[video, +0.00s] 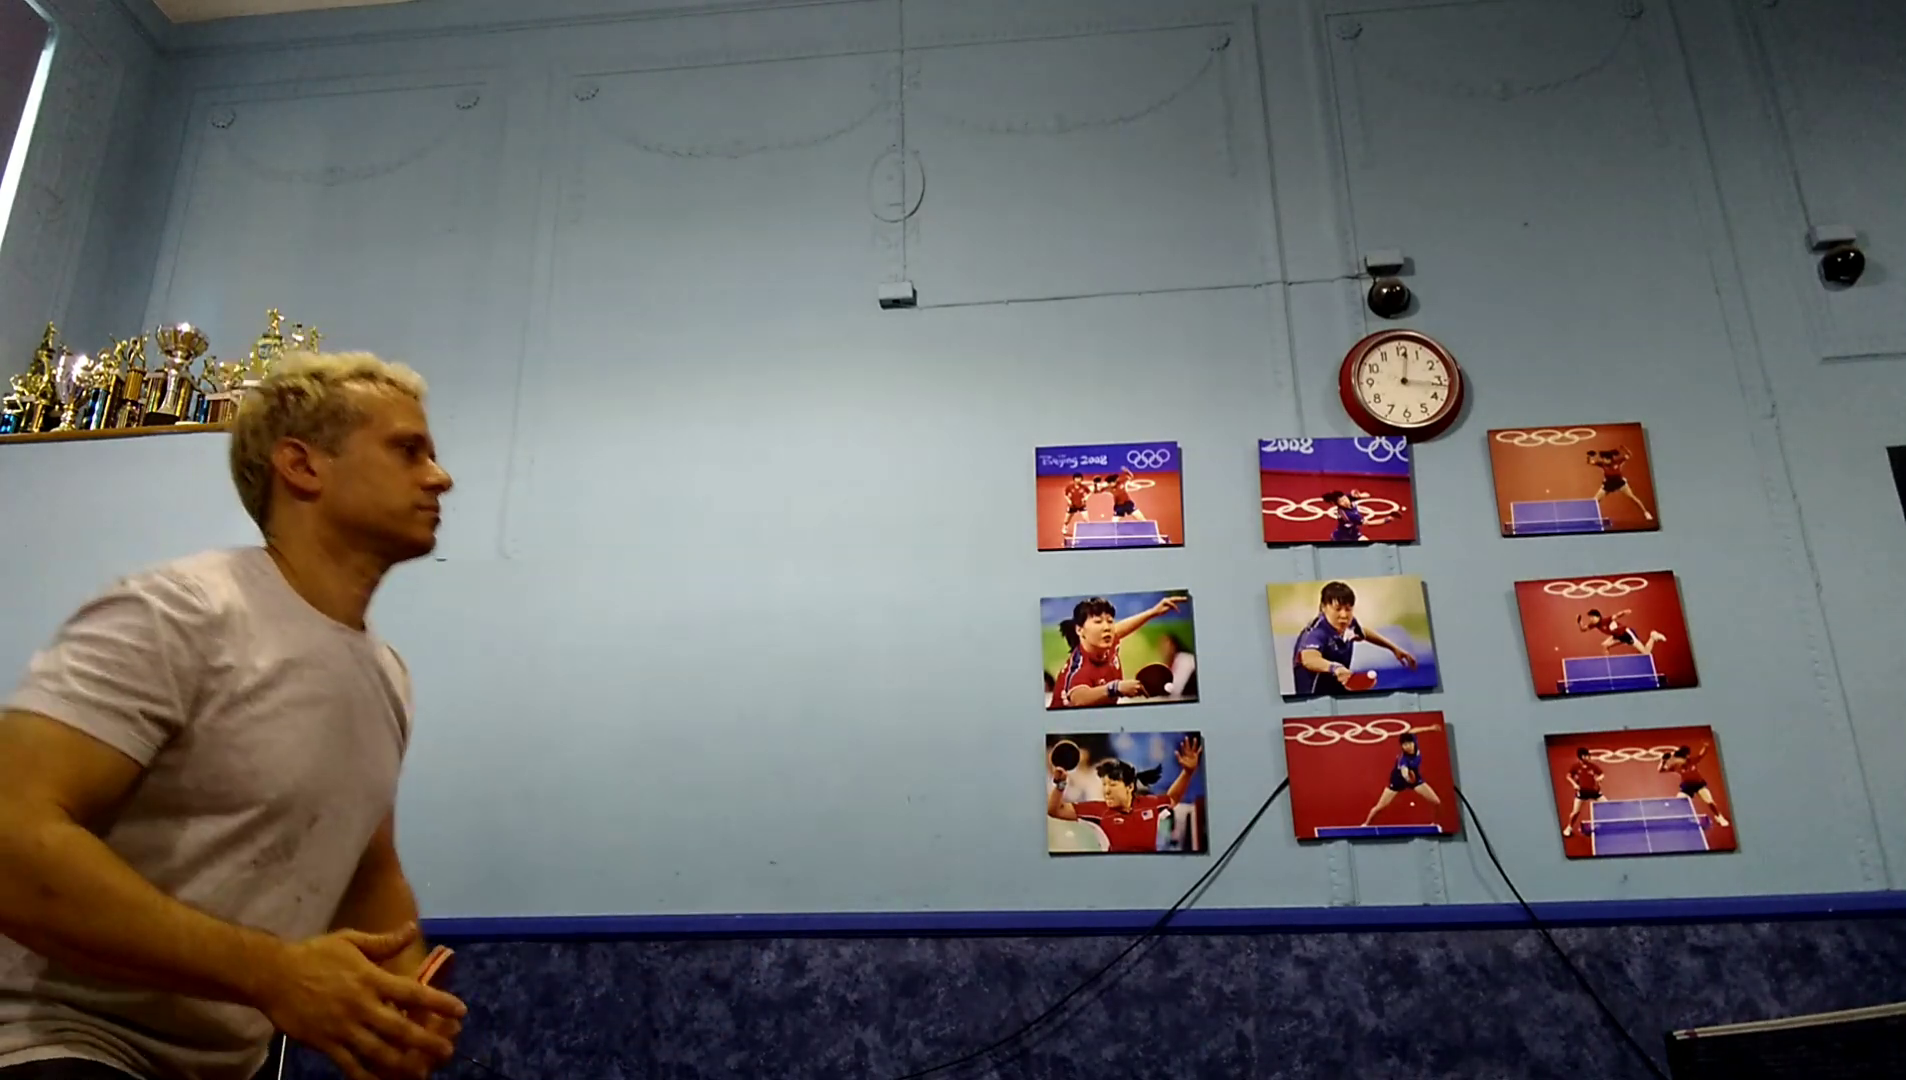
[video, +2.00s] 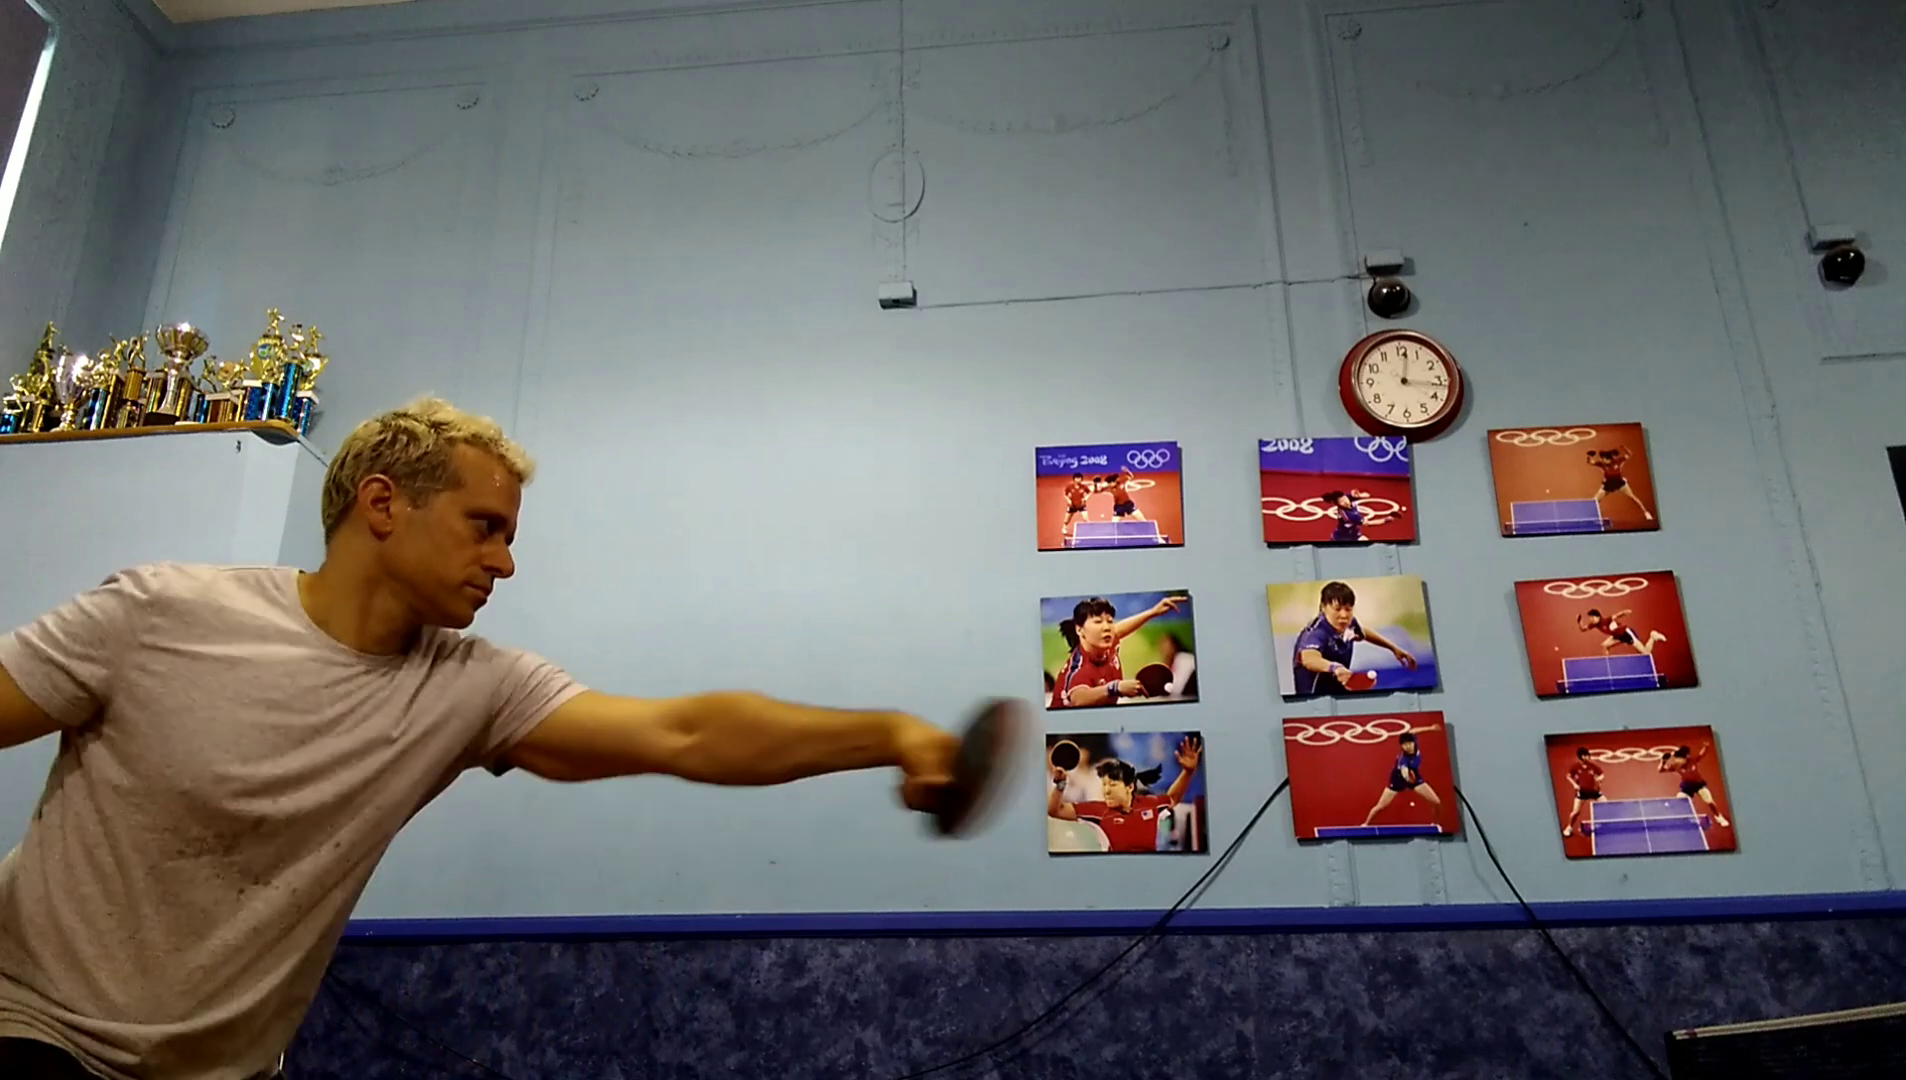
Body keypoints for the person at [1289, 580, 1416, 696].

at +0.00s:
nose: (1344, 615)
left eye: (1348, 609)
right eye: (1338, 609)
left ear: (1353, 609)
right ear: (1324, 608)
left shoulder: (1349, 624)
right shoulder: (1315, 633)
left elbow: (1364, 634)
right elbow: (1309, 660)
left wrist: (1395, 649)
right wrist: (1335, 668)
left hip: (1341, 705)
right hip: (1314, 708)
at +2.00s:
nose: (1344, 615)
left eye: (1348, 609)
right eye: (1338, 609)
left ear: (1353, 609)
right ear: (1324, 608)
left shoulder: (1349, 624)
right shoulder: (1315, 632)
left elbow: (1364, 634)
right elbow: (1309, 660)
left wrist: (1395, 649)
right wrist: (1335, 668)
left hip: (1341, 704)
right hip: (1314, 708)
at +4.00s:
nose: (1344, 615)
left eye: (1348, 609)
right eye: (1338, 609)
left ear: (1353, 609)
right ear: (1324, 608)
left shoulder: (1349, 624)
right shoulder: (1316, 633)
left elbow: (1364, 633)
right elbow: (1309, 660)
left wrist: (1394, 649)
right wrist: (1335, 668)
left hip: (1341, 703)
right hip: (1314, 707)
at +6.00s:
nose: (1344, 615)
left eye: (1348, 609)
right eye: (1338, 609)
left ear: (1353, 609)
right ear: (1324, 608)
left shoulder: (1349, 624)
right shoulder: (1316, 633)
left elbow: (1364, 634)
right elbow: (1309, 660)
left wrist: (1395, 649)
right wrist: (1335, 668)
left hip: (1341, 704)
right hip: (1314, 708)